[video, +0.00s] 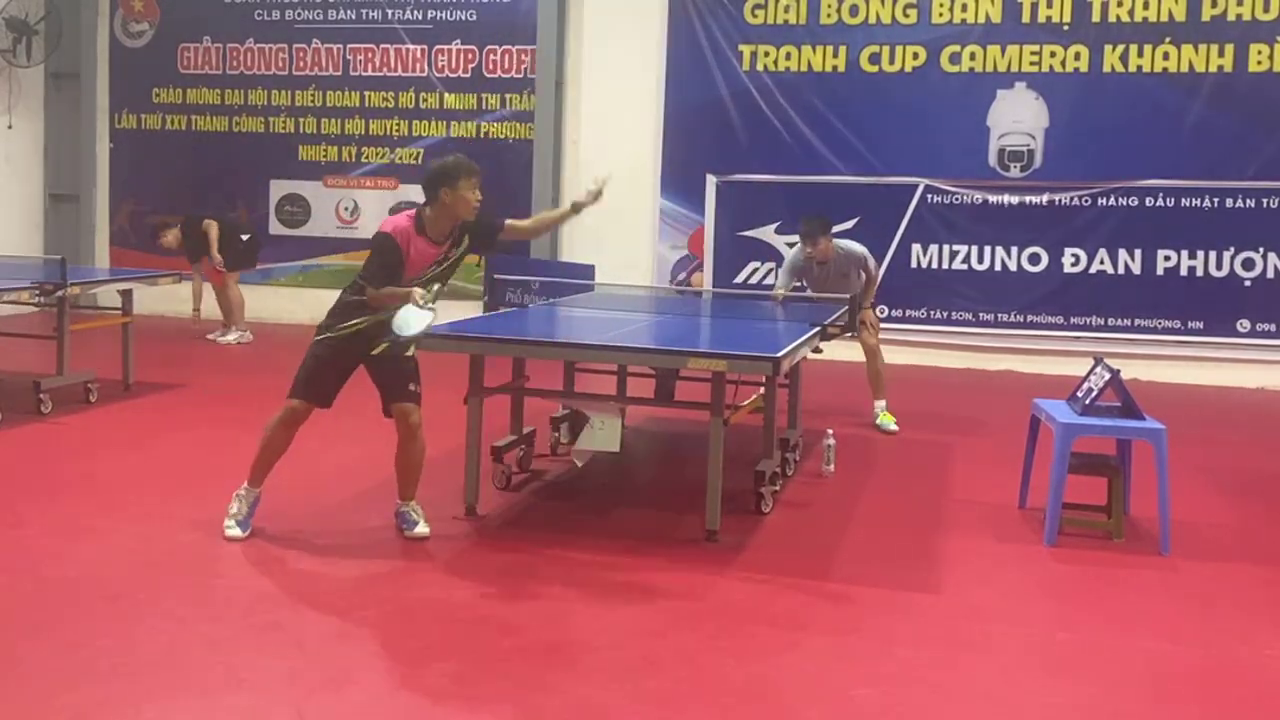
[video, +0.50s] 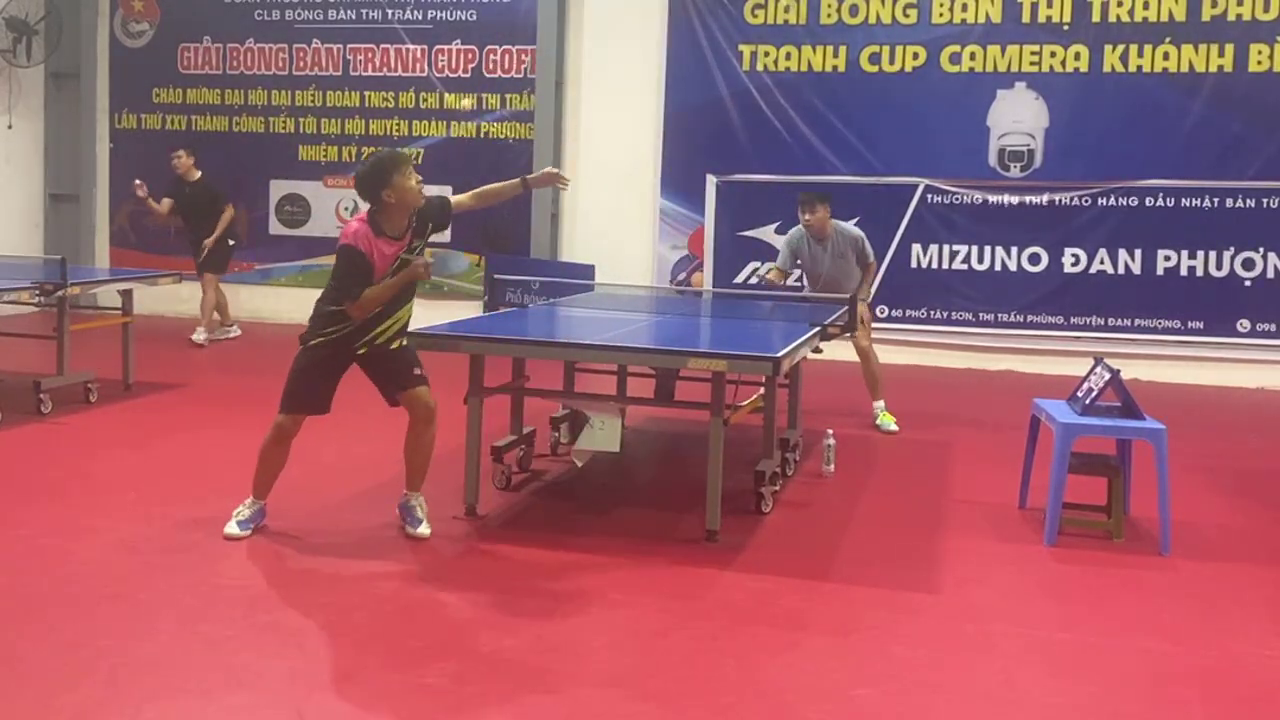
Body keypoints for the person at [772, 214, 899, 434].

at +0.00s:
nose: (808, 250)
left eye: (814, 244)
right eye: (805, 245)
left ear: (829, 240)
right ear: (801, 242)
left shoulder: (855, 252)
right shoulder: (797, 257)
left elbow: (873, 274)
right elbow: (778, 293)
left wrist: (866, 306)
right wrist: (779, 296)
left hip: (856, 304)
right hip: (820, 307)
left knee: (871, 345)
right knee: (785, 339)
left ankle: (881, 410)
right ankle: (765, 394)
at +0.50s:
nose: (806, 218)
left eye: (812, 213)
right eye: (802, 213)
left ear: (828, 212)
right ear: (799, 214)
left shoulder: (852, 235)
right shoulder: (795, 238)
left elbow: (870, 265)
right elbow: (780, 272)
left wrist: (861, 298)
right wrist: (773, 278)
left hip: (853, 301)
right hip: (816, 302)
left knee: (863, 347)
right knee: (784, 340)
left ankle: (880, 410)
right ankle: (766, 394)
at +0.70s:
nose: (795, 196)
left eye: (801, 190)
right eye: (792, 190)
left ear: (816, 190)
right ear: (788, 191)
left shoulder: (839, 219)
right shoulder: (782, 220)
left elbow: (852, 250)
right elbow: (767, 252)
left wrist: (842, 273)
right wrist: (762, 261)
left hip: (832, 298)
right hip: (793, 298)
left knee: (850, 343)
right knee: (774, 339)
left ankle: (876, 407)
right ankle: (766, 392)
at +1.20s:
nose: (787, 206)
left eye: (793, 199)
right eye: (784, 200)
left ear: (809, 199)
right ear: (780, 201)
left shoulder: (833, 228)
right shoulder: (774, 229)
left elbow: (852, 257)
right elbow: (746, 247)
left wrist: (849, 274)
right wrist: (734, 252)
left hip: (826, 306)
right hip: (784, 306)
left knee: (848, 356)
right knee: (744, 338)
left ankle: (850, 403)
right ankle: (740, 394)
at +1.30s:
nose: (770, 211)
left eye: (776, 206)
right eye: (767, 206)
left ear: (792, 205)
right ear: (763, 207)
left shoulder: (817, 231)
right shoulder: (757, 234)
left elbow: (837, 258)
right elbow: (723, 250)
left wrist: (844, 278)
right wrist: (719, 256)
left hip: (814, 311)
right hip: (773, 311)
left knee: (836, 355)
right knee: (739, 350)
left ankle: (848, 403)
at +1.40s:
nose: (750, 219)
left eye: (755, 212)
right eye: (746, 213)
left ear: (771, 211)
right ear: (743, 215)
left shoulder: (793, 234)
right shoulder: (737, 240)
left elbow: (816, 259)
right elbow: (703, 256)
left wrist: (835, 280)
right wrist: (701, 260)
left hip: (792, 312)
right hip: (750, 314)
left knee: (817, 353)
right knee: (717, 356)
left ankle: (847, 403)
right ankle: (709, 411)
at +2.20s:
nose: (765, 184)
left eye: (771, 179)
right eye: (760, 180)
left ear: (782, 180)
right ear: (755, 184)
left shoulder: (804, 211)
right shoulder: (746, 217)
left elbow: (817, 245)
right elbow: (729, 251)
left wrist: (809, 262)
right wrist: (714, 258)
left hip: (797, 291)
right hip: (756, 289)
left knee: (811, 347)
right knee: (725, 332)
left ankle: (809, 399)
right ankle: (713, 390)